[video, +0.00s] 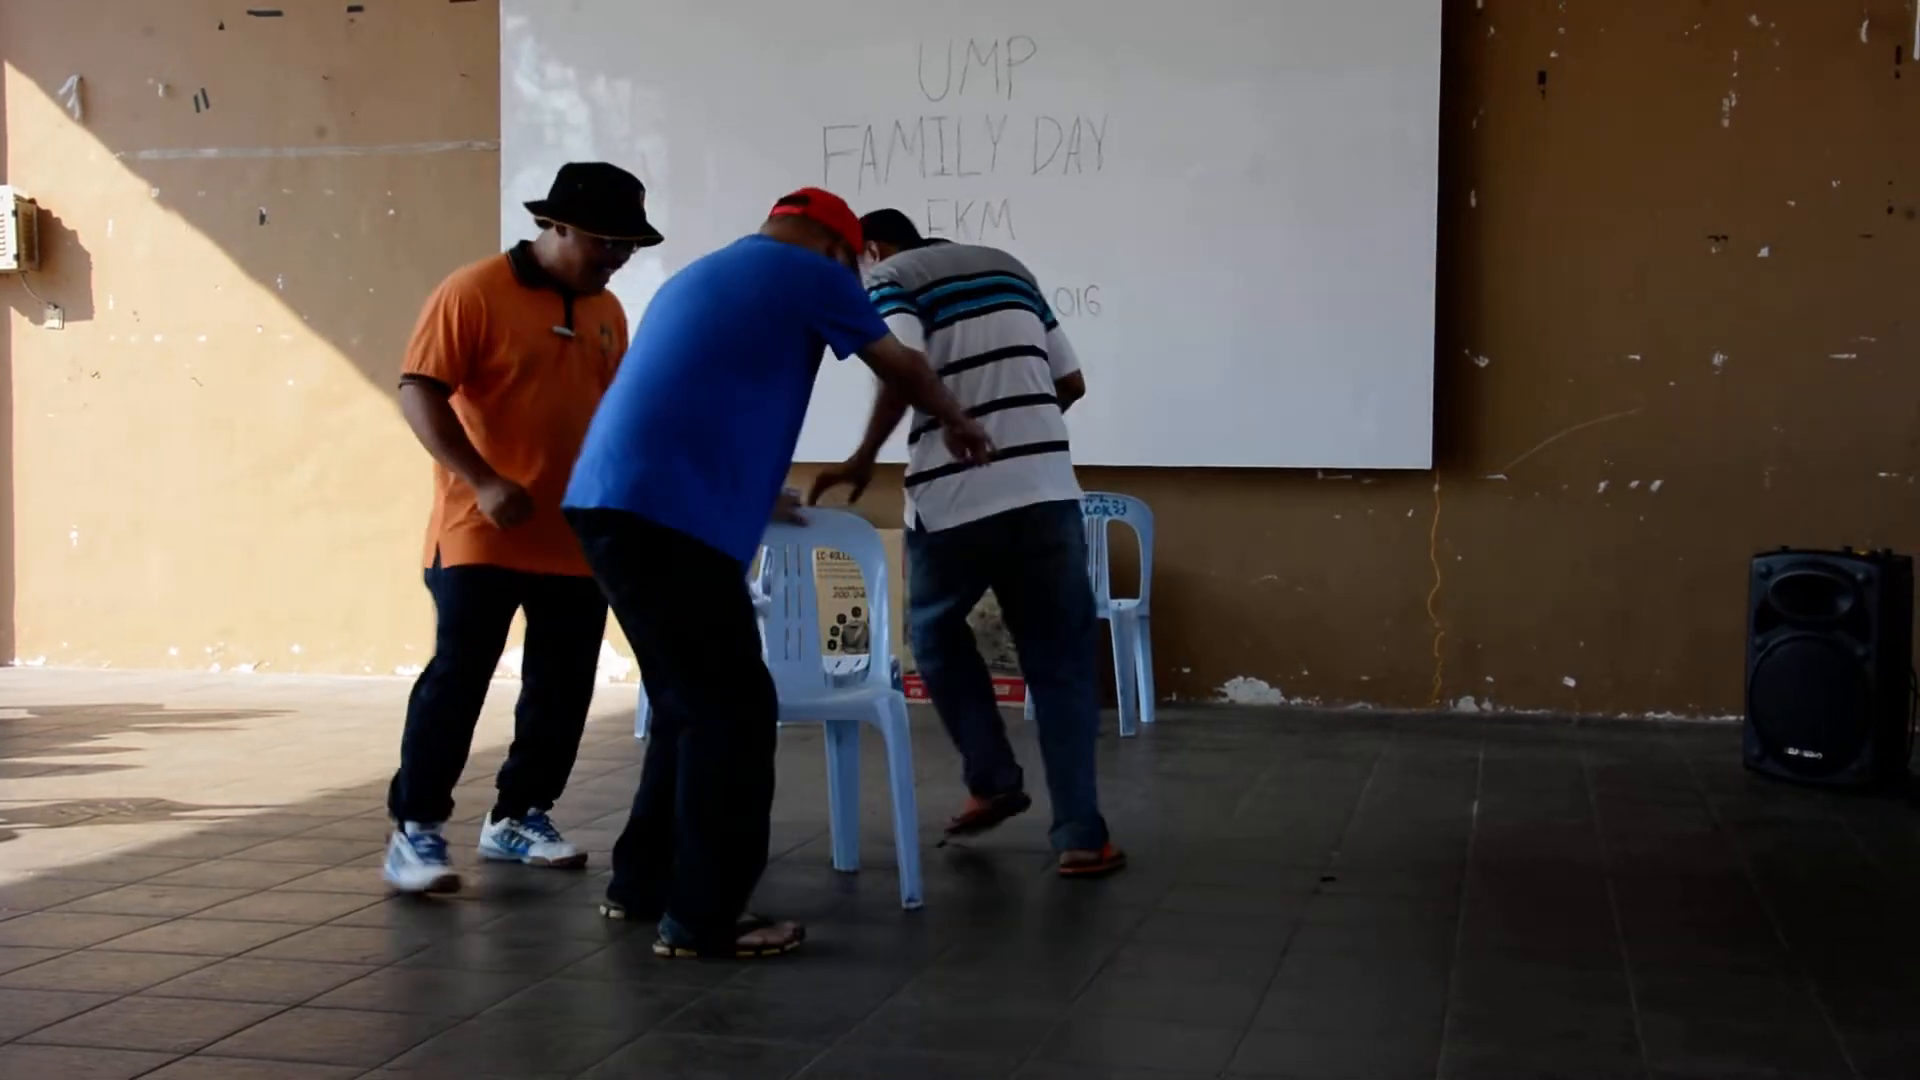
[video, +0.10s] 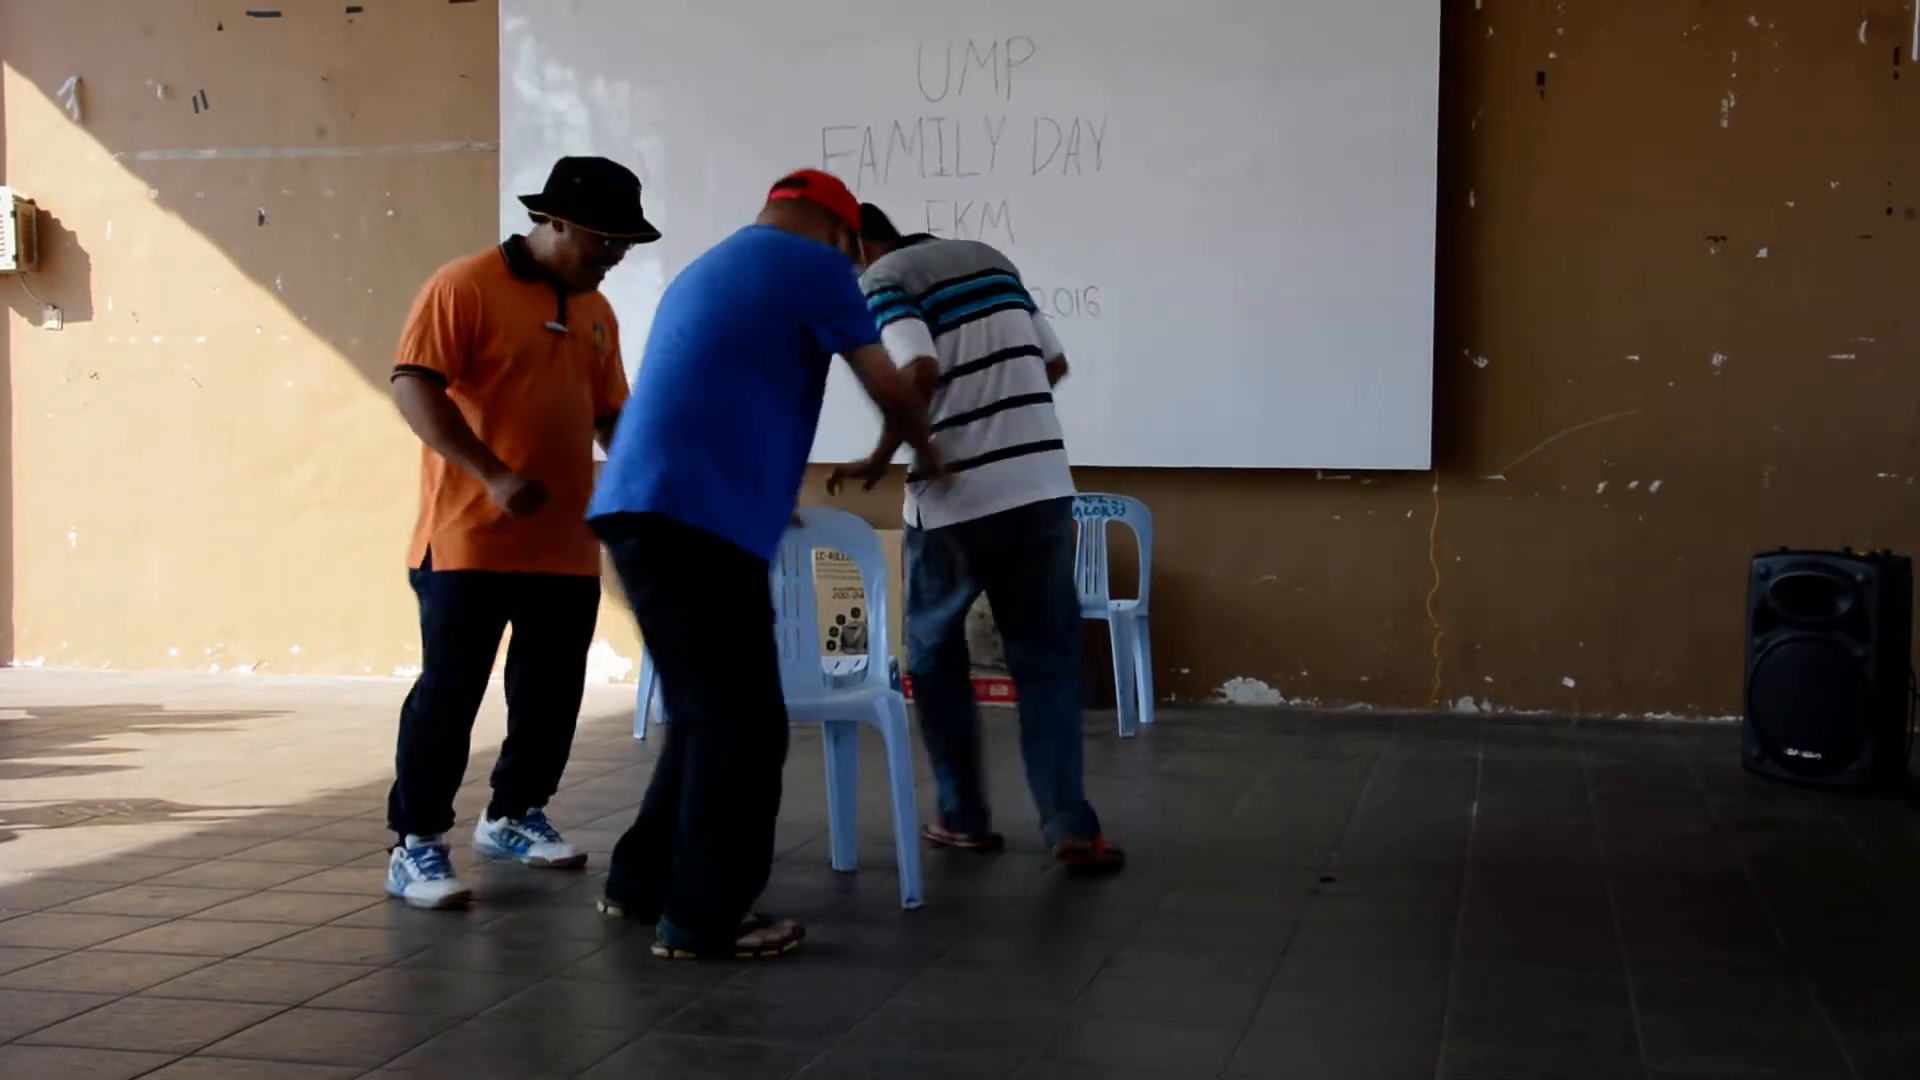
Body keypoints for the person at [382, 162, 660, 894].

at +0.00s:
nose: (617, 260)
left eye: (624, 248)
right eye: (607, 245)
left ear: (622, 244)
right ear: (558, 229)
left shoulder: (607, 314)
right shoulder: (472, 293)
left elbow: (622, 414)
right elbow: (417, 392)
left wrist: (622, 492)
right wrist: (480, 480)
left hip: (574, 534)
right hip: (481, 528)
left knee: (562, 686)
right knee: (458, 675)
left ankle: (519, 817)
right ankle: (416, 829)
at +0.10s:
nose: (612, 259)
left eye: (619, 247)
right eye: (604, 243)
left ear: (595, 238)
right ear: (556, 225)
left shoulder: (594, 311)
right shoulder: (462, 287)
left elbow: (613, 417)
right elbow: (411, 385)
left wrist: (668, 467)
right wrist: (491, 473)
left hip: (565, 542)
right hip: (469, 537)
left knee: (550, 691)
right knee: (449, 692)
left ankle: (515, 816)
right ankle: (417, 843)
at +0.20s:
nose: (618, 260)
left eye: (624, 248)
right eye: (611, 244)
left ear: (584, 235)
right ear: (564, 225)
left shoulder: (585, 313)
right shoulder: (464, 283)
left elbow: (610, 424)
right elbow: (416, 383)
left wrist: (667, 489)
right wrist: (503, 466)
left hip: (557, 539)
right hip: (462, 539)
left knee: (568, 671)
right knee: (450, 693)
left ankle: (505, 808)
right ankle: (416, 844)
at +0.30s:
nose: (628, 256)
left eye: (634, 243)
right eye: (622, 240)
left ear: (589, 227)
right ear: (577, 219)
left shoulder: (586, 307)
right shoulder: (476, 277)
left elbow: (605, 419)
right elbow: (431, 380)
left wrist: (670, 488)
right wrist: (517, 468)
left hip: (559, 535)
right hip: (467, 534)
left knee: (572, 675)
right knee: (462, 686)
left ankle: (518, 834)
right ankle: (417, 841)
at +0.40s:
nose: (634, 263)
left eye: (639, 251)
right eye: (628, 247)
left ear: (591, 235)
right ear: (582, 227)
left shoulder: (590, 313)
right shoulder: (488, 285)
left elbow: (608, 425)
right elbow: (450, 393)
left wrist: (670, 490)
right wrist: (538, 486)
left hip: (567, 538)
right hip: (482, 534)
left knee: (582, 685)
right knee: (518, 671)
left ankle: (524, 846)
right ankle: (417, 815)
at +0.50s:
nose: (641, 260)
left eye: (648, 247)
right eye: (636, 243)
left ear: (597, 225)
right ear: (589, 218)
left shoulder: (593, 308)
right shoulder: (499, 279)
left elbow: (594, 422)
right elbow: (457, 386)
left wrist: (662, 499)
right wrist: (544, 481)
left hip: (577, 537)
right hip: (499, 532)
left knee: (583, 691)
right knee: (525, 675)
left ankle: (525, 845)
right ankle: (445, 844)